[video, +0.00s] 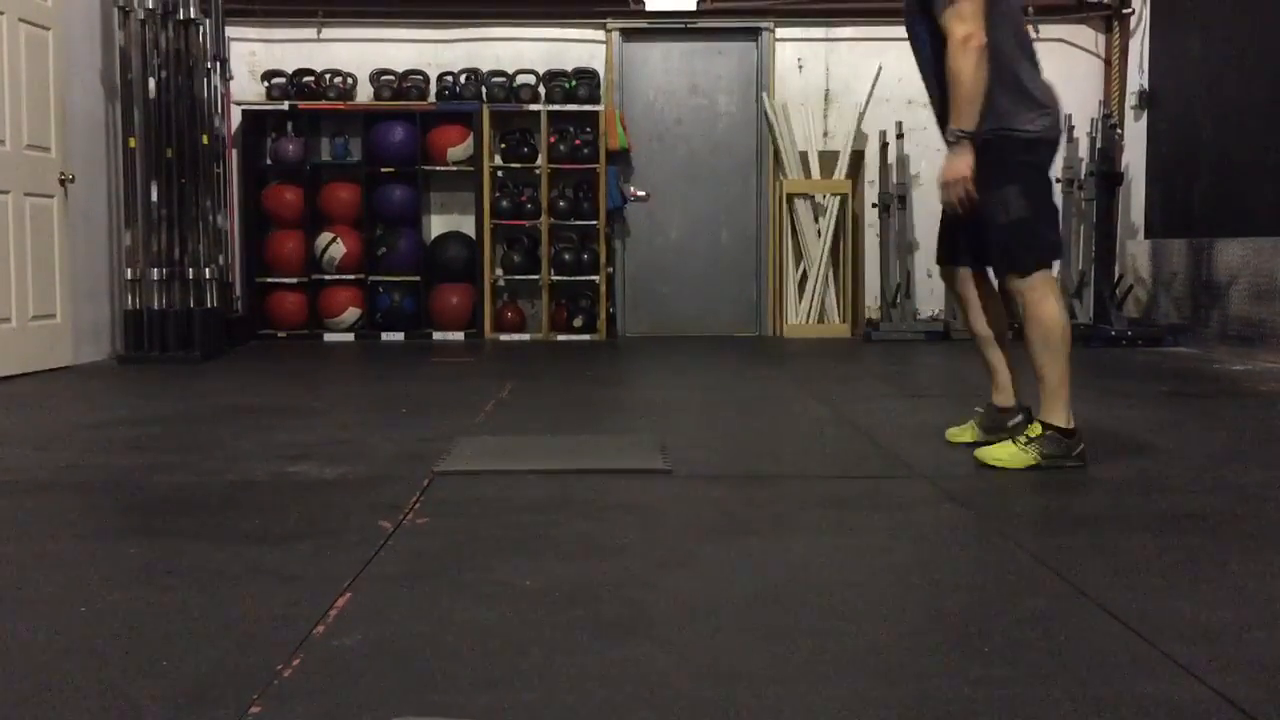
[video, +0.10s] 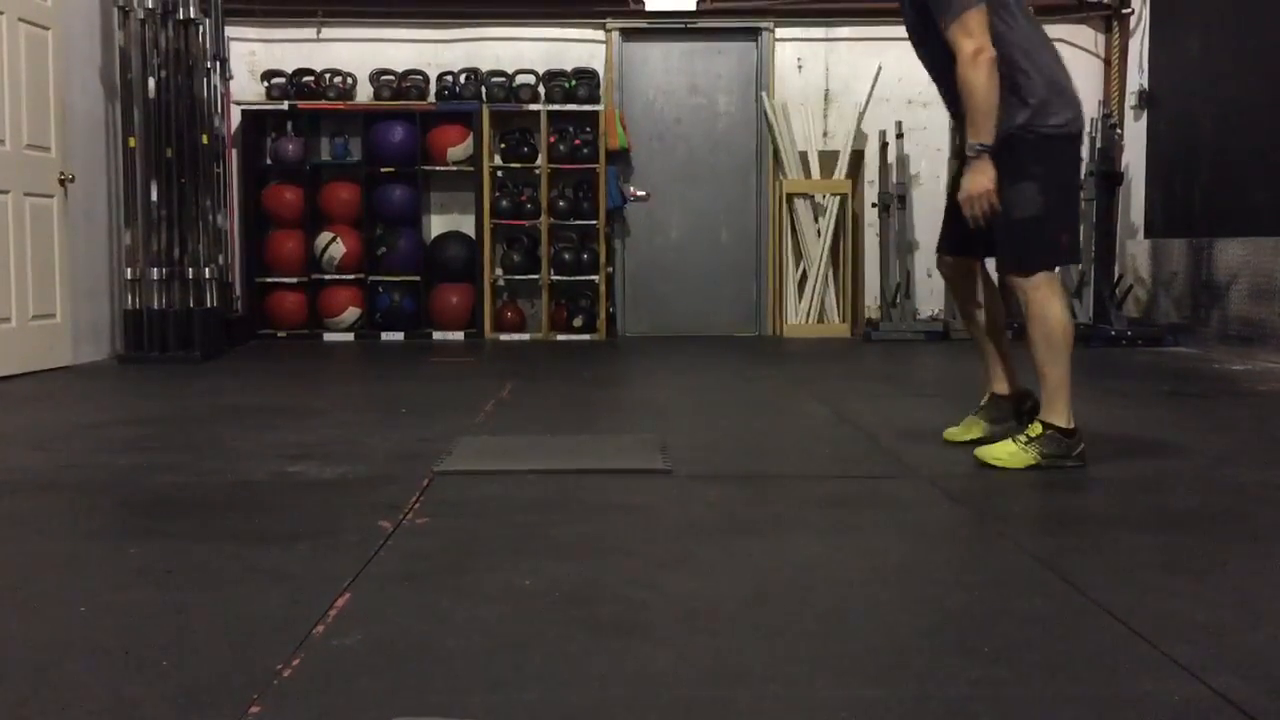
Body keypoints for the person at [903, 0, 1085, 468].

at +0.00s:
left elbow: (967, 37)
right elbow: (1016, 35)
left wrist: (960, 141)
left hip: (1012, 128)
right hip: (985, 131)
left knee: (1030, 276)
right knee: (961, 268)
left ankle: (1059, 430)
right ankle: (1004, 408)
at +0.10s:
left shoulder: (949, 3)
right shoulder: (928, 9)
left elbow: (978, 52)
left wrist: (977, 156)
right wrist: (976, 155)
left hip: (1038, 122)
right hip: (993, 126)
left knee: (1030, 271)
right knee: (957, 261)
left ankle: (1059, 429)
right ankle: (1004, 395)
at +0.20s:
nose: (850, 4)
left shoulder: (928, 4)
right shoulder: (901, 16)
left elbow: (979, 78)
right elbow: (948, 97)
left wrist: (990, 182)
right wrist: (965, 178)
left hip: (1047, 125)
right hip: (992, 129)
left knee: (1026, 270)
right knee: (972, 267)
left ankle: (1058, 430)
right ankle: (992, 402)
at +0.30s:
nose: (812, 59)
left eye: (809, 42)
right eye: (803, 48)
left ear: (840, 16)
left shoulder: (913, 38)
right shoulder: (878, 68)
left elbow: (974, 131)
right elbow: (928, 146)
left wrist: (986, 238)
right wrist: (947, 223)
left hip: (1057, 140)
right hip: (1005, 147)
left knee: (1003, 277)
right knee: (960, 271)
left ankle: (1057, 431)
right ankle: (993, 412)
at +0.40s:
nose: (803, 132)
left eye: (802, 118)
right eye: (795, 123)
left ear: (826, 92)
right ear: (829, 93)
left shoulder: (906, 111)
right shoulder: (875, 139)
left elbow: (958, 211)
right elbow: (903, 221)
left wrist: (947, 315)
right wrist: (908, 294)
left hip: (1056, 176)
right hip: (1006, 186)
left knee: (973, 302)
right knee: (927, 286)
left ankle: (1054, 430)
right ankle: (991, 413)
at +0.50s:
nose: (794, 192)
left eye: (791, 179)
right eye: (785, 185)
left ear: (817, 150)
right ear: (818, 152)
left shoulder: (886, 163)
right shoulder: (854, 189)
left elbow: (899, 276)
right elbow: (857, 278)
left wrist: (874, 379)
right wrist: (837, 357)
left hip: (1042, 208)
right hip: (991, 218)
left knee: (948, 313)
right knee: (904, 316)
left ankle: (1051, 428)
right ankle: (992, 409)